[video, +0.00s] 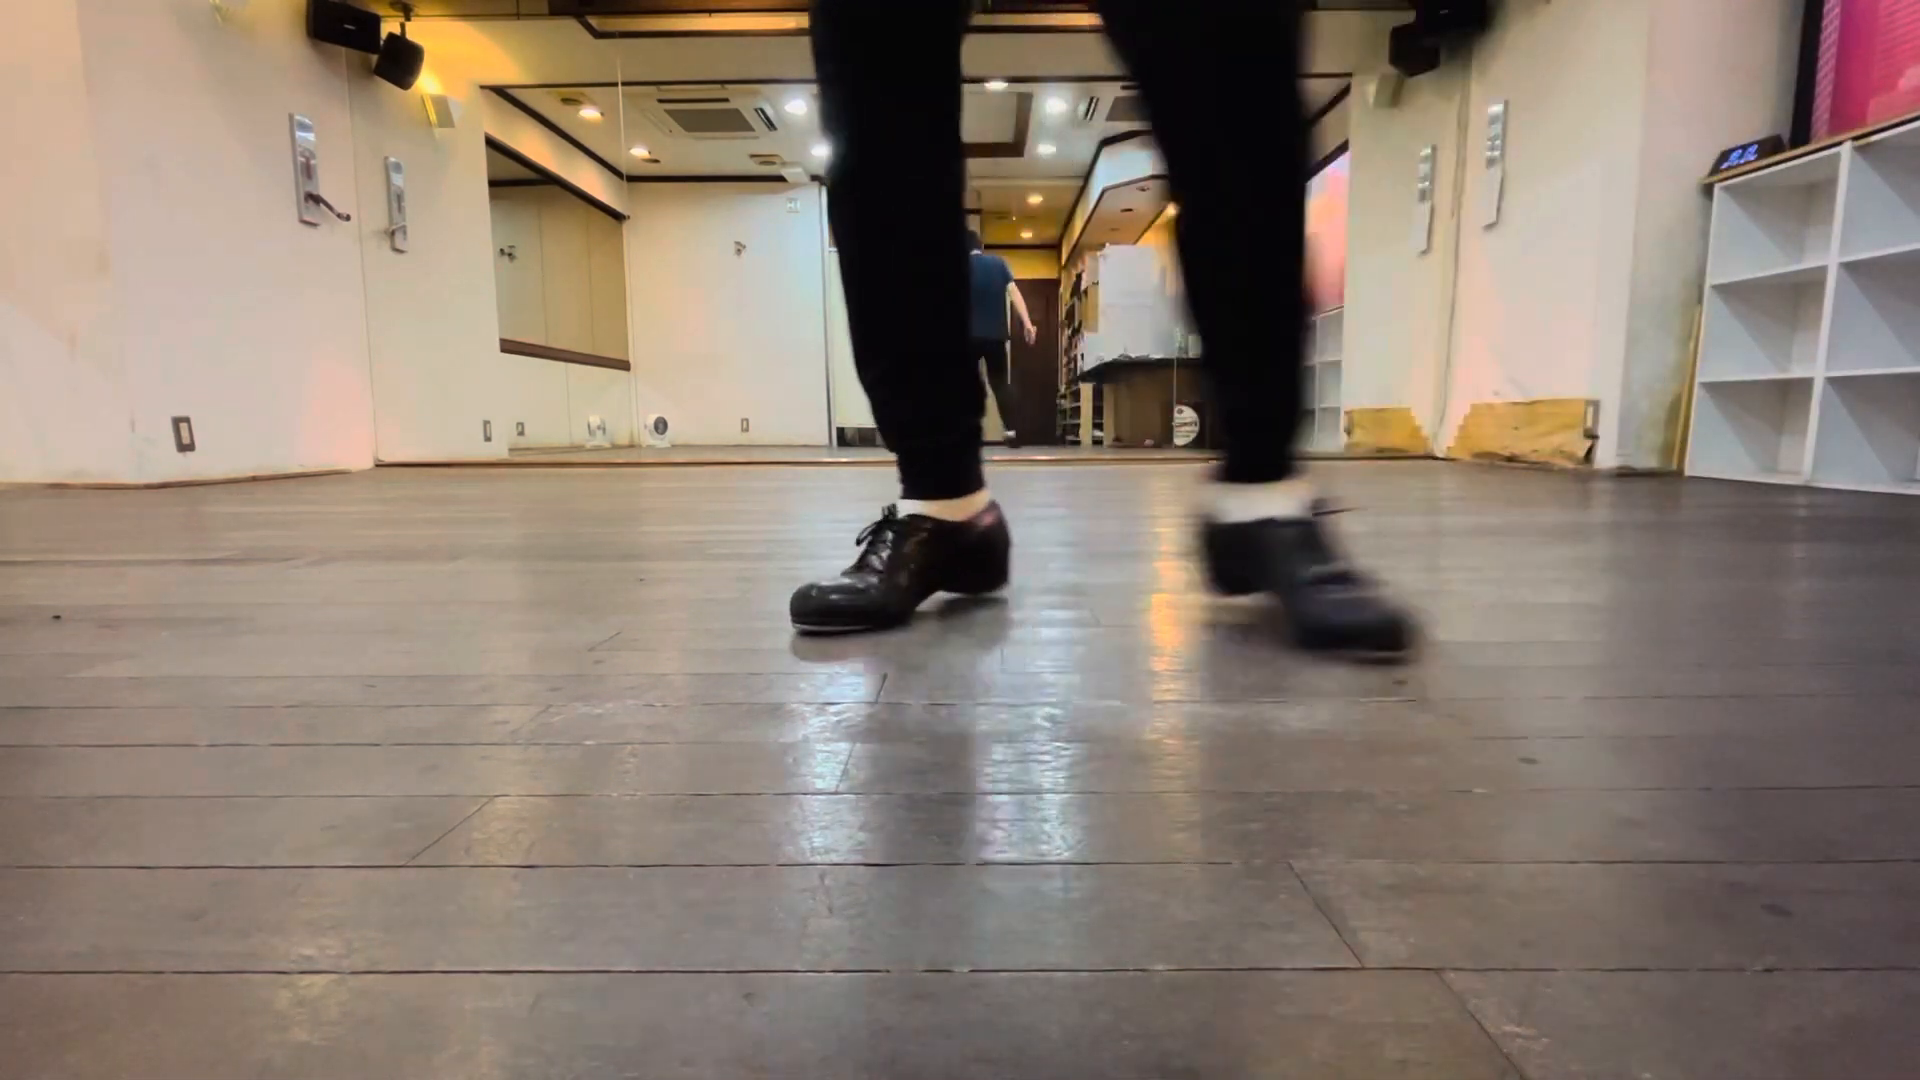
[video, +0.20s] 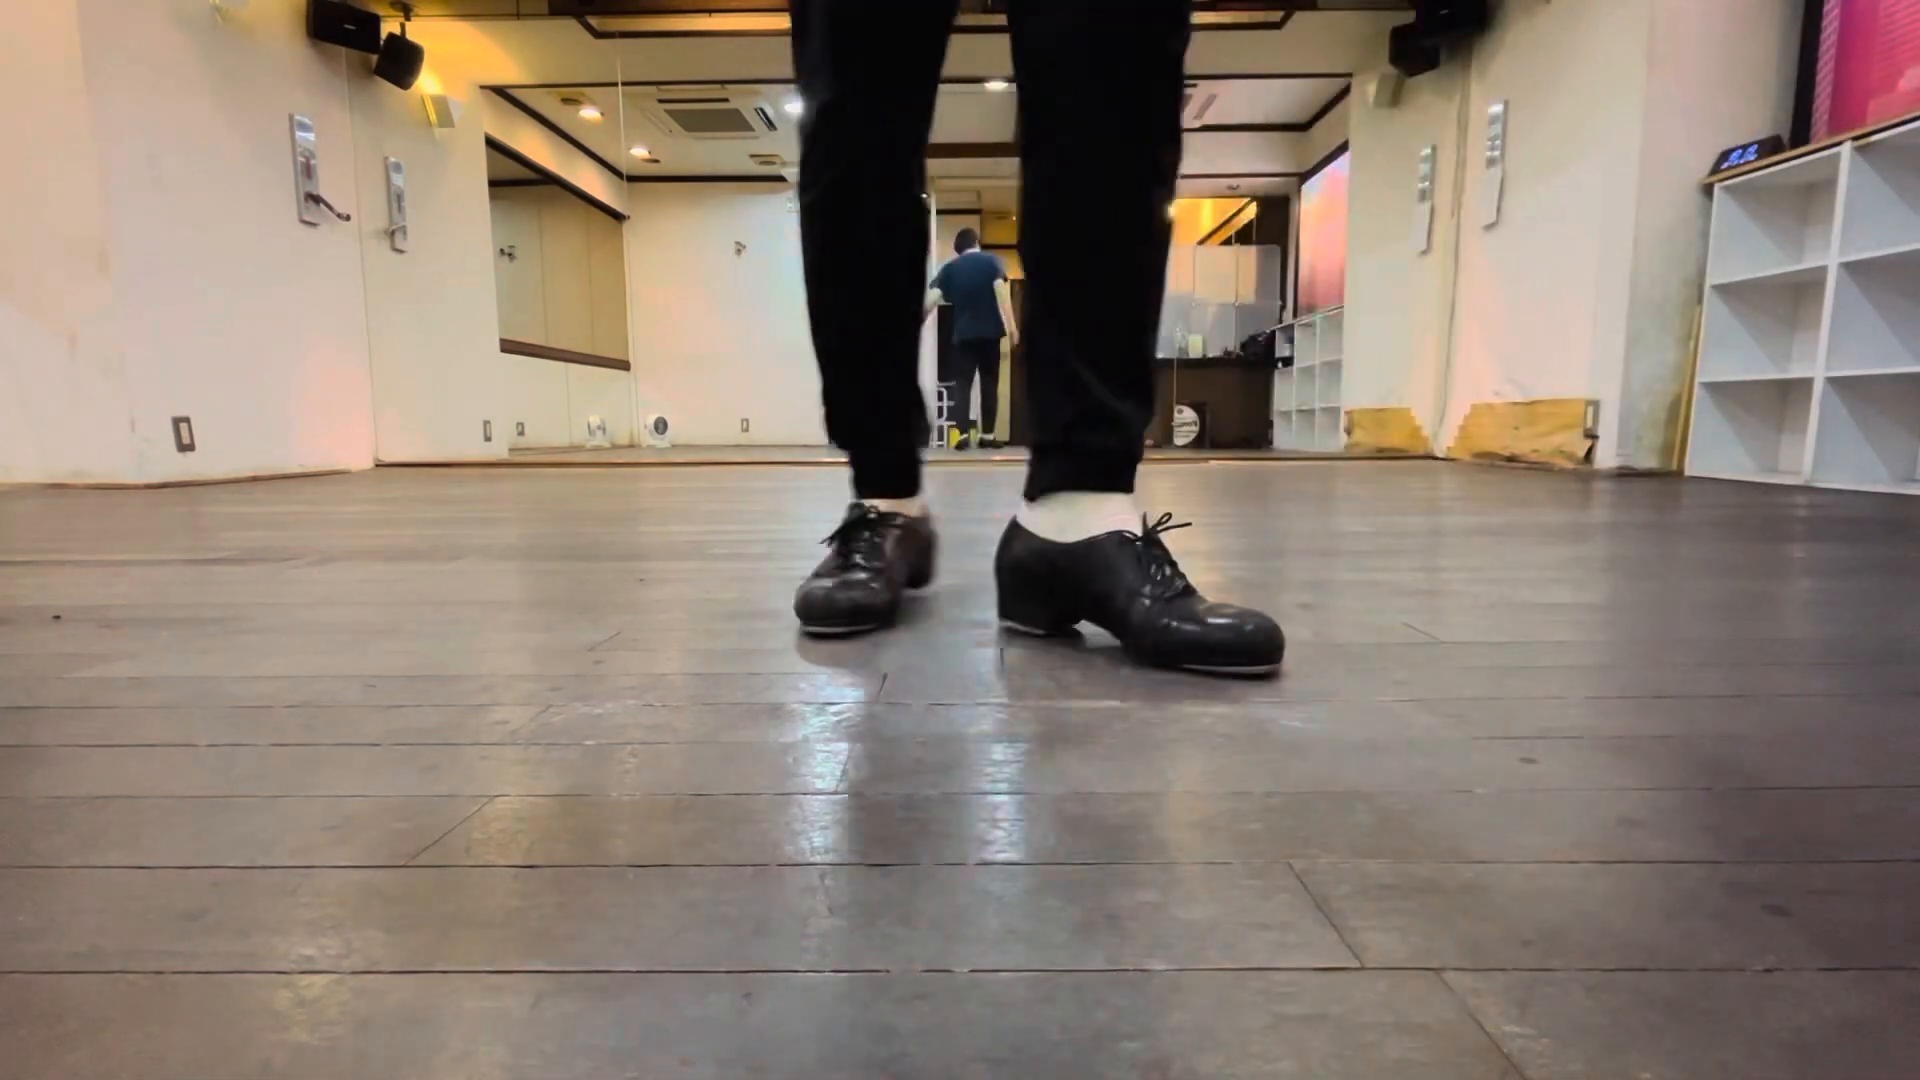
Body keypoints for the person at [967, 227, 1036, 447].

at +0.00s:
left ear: (964, 248)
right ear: (980, 245)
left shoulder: (960, 265)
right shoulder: (997, 263)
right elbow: (1014, 293)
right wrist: (1027, 322)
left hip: (968, 337)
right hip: (995, 336)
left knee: (967, 383)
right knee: (1000, 382)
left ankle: (967, 432)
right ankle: (1010, 428)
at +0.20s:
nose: (978, 248)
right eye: (978, 244)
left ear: (957, 248)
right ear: (978, 244)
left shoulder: (950, 268)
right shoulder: (992, 262)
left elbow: (930, 300)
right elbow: (1002, 294)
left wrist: (919, 322)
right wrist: (1011, 325)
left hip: (963, 336)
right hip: (991, 334)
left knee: (962, 383)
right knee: (990, 383)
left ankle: (962, 432)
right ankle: (988, 434)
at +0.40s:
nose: (979, 246)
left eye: (977, 243)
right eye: (977, 242)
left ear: (956, 247)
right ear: (971, 242)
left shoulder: (946, 270)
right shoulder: (982, 259)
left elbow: (943, 311)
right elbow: (986, 289)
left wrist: (943, 345)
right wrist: (996, 323)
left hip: (957, 337)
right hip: (982, 334)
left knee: (956, 385)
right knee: (986, 385)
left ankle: (956, 434)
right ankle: (987, 433)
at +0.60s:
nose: (978, 244)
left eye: (976, 240)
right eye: (975, 240)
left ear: (956, 245)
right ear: (965, 242)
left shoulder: (944, 272)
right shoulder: (973, 256)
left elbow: (944, 305)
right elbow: (976, 286)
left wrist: (955, 326)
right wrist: (990, 322)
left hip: (954, 336)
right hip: (977, 331)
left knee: (956, 384)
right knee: (983, 383)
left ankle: (955, 434)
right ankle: (988, 432)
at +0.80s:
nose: (982, 239)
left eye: (980, 234)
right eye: (979, 235)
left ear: (959, 241)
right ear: (969, 237)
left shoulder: (949, 267)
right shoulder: (977, 257)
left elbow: (944, 301)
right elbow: (977, 288)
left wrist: (953, 326)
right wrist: (980, 322)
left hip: (956, 335)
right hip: (979, 333)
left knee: (956, 384)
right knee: (986, 383)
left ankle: (955, 433)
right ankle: (987, 432)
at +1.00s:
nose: (987, 237)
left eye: (985, 232)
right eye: (984, 233)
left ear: (965, 238)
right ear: (974, 236)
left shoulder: (954, 266)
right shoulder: (979, 258)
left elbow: (947, 304)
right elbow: (978, 290)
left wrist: (943, 336)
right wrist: (981, 325)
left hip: (958, 333)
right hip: (980, 332)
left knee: (959, 383)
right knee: (986, 384)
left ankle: (955, 433)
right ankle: (987, 433)